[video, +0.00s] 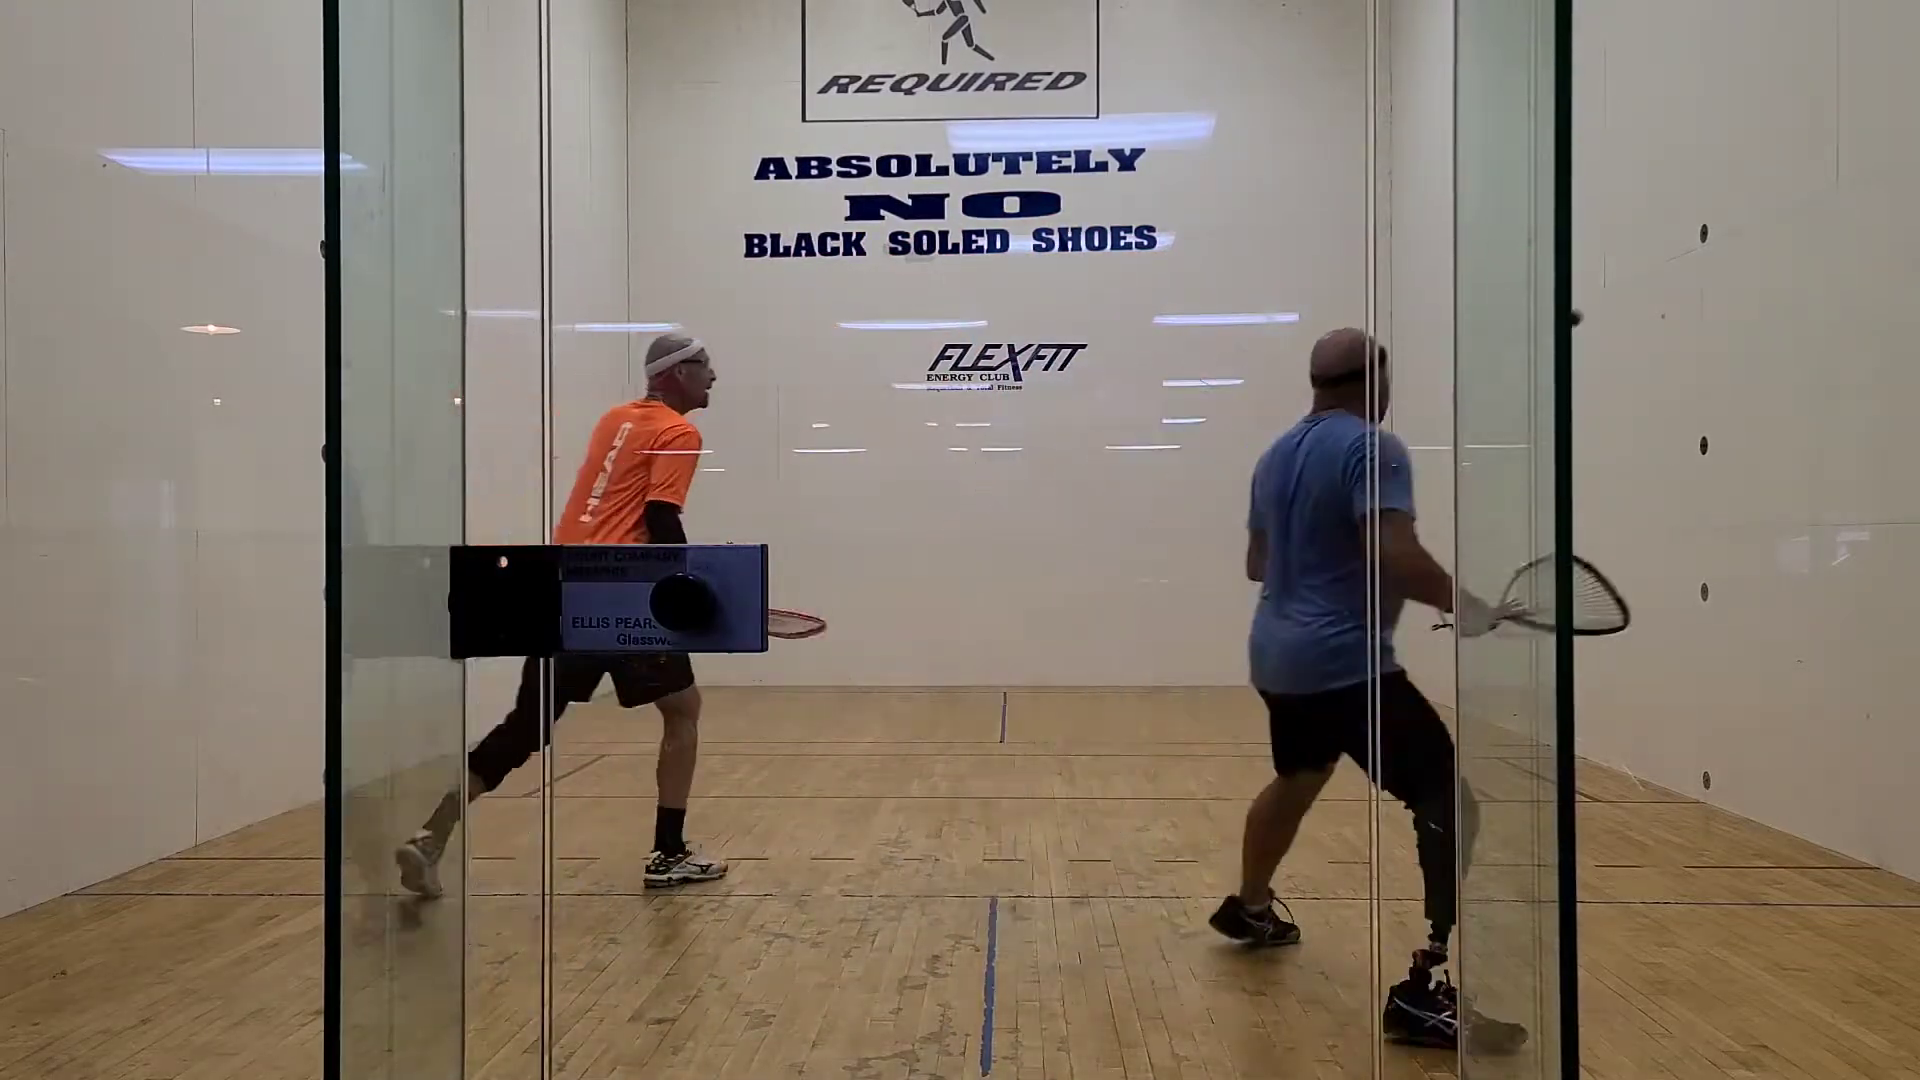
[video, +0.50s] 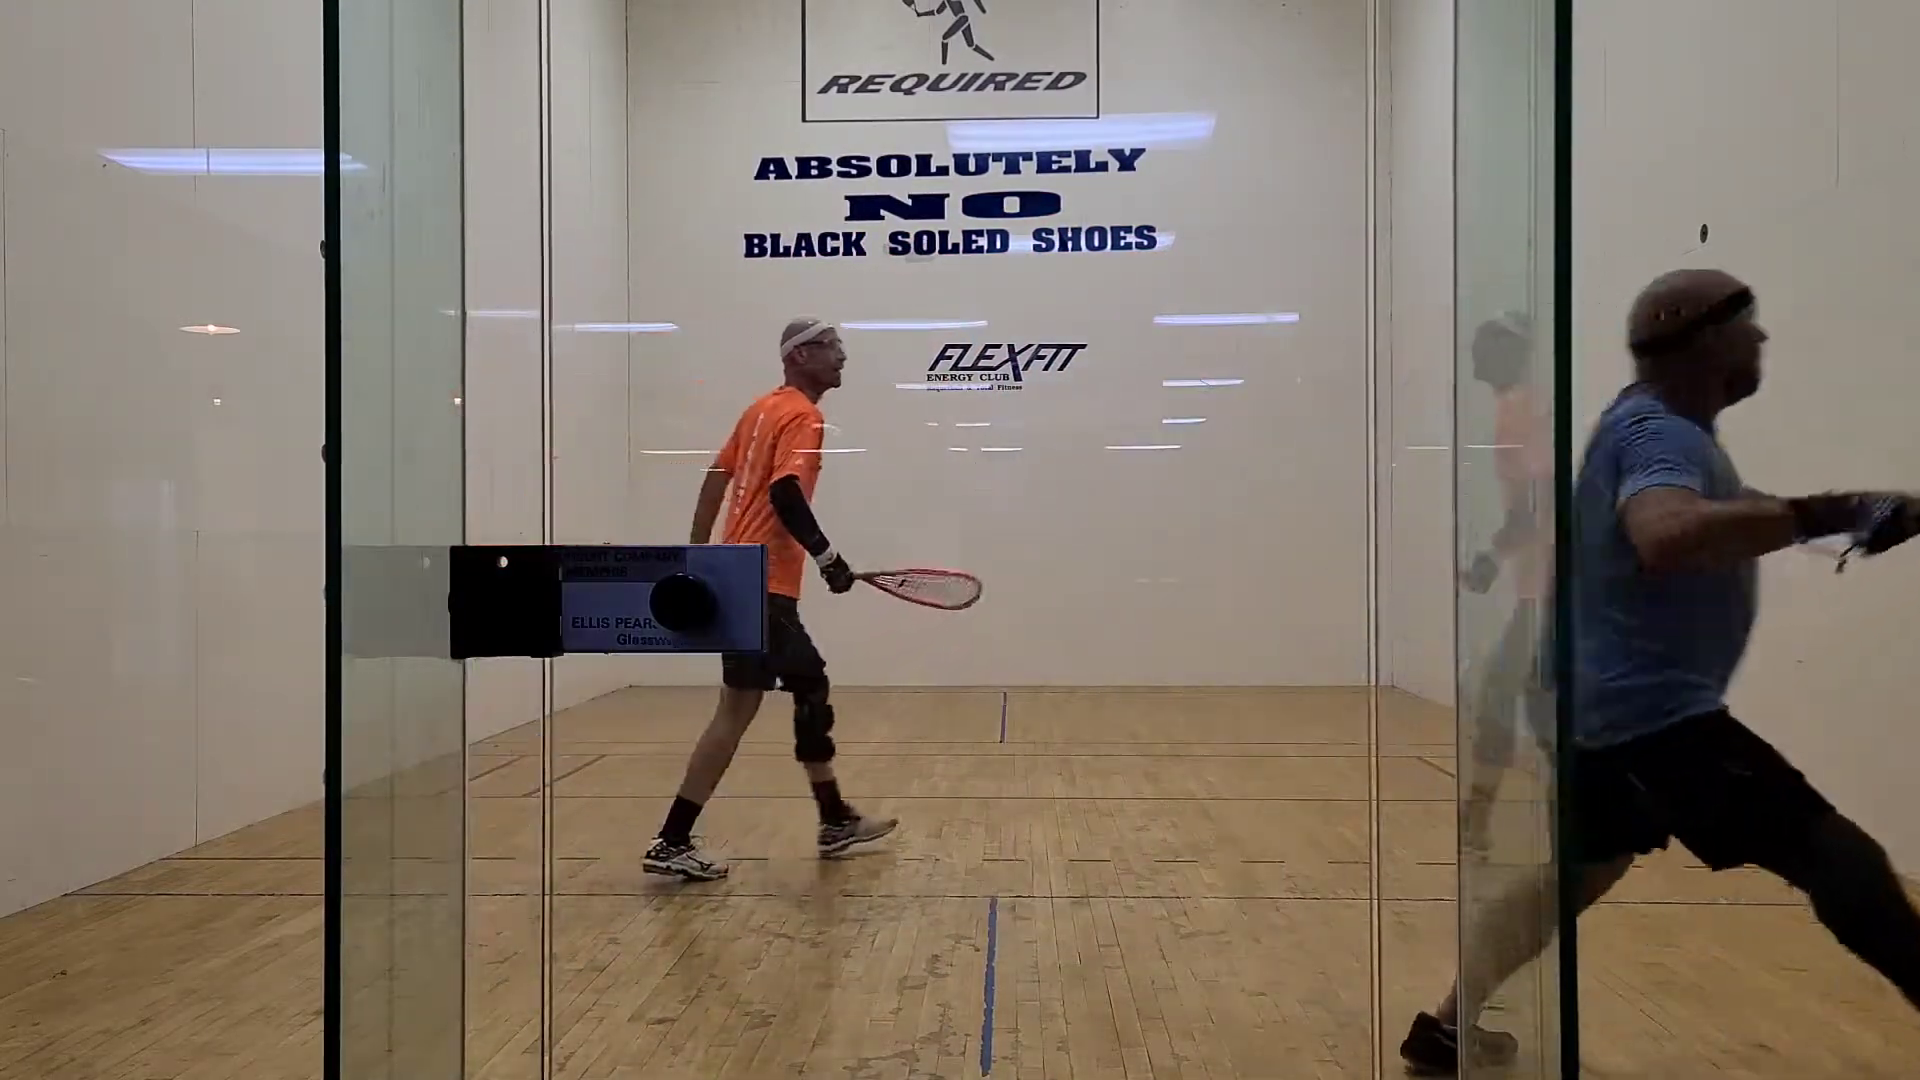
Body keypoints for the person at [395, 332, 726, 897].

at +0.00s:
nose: (713, 377)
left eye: (709, 367)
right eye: (705, 368)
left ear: (661, 378)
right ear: (674, 376)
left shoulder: (614, 418)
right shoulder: (679, 431)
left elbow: (593, 510)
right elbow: (661, 521)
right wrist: (696, 596)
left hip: (567, 591)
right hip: (624, 597)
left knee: (526, 723)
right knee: (683, 710)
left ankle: (429, 839)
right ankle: (669, 853)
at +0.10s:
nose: (744, 372)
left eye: (742, 363)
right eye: (737, 363)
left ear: (693, 370)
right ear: (706, 368)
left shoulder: (649, 412)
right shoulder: (708, 422)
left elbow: (631, 501)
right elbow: (694, 510)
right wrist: (726, 586)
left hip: (601, 589)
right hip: (656, 592)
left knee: (595, 721)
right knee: (703, 707)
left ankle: (487, 809)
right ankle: (670, 853)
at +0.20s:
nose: (768, 353)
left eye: (764, 344)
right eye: (758, 344)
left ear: (718, 357)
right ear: (726, 354)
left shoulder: (679, 403)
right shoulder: (734, 411)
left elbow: (663, 489)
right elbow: (719, 495)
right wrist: (756, 563)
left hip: (640, 570)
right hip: (685, 576)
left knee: (666, 702)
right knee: (713, 705)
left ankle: (565, 801)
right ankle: (671, 851)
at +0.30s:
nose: (791, 347)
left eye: (789, 338)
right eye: (781, 338)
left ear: (742, 347)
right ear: (749, 345)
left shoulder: (706, 395)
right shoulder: (753, 403)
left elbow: (675, 480)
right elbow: (739, 484)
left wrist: (676, 544)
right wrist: (775, 543)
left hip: (679, 564)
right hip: (712, 569)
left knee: (718, 694)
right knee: (721, 699)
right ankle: (672, 844)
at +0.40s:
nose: (816, 348)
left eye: (814, 339)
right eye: (806, 338)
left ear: (768, 350)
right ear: (773, 347)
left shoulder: (730, 401)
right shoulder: (776, 406)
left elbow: (692, 478)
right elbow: (761, 485)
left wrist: (679, 554)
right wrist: (800, 547)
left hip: (709, 571)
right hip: (735, 574)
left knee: (769, 682)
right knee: (727, 707)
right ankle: (671, 843)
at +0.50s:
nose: (843, 356)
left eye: (840, 346)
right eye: (832, 347)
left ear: (796, 359)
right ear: (799, 357)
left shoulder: (759, 410)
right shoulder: (803, 415)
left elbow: (715, 480)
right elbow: (785, 492)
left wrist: (696, 559)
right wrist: (828, 555)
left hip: (745, 589)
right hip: (764, 592)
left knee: (812, 686)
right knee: (734, 712)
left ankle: (836, 820)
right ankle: (671, 843)